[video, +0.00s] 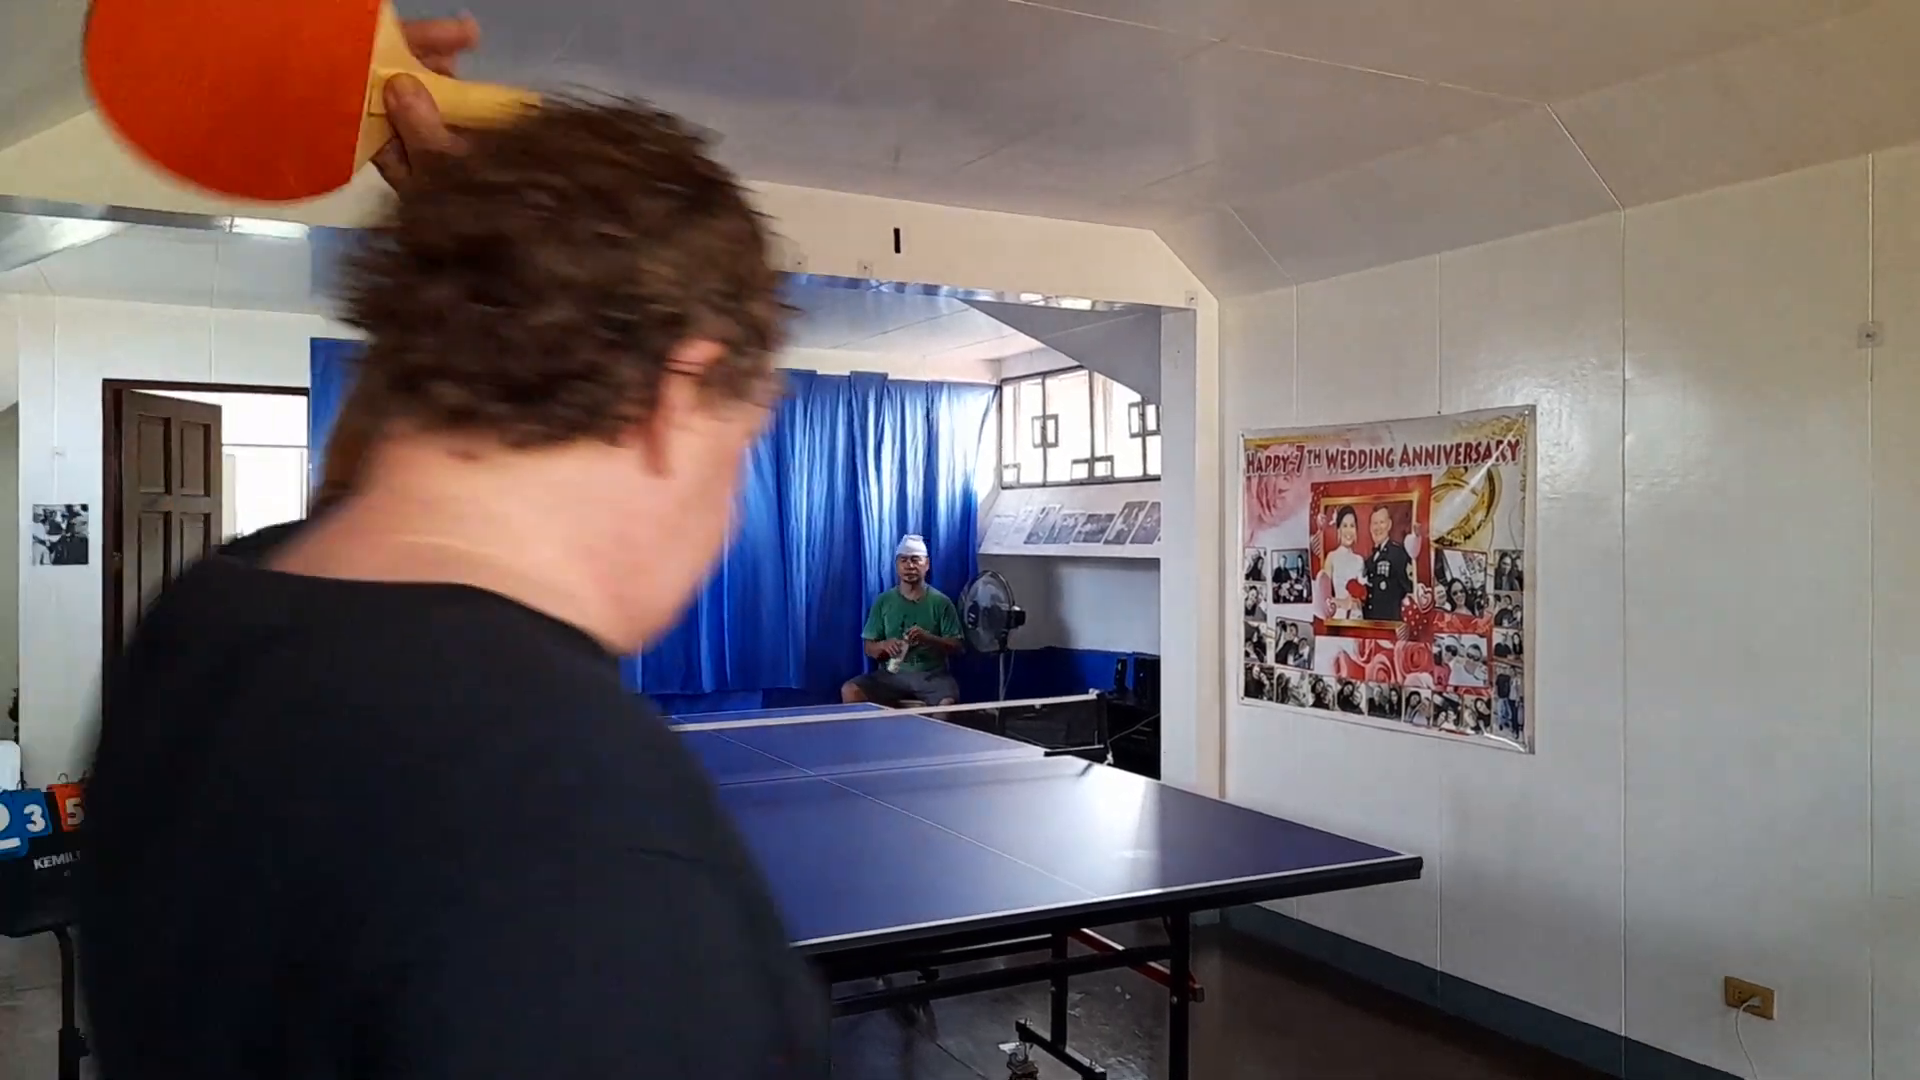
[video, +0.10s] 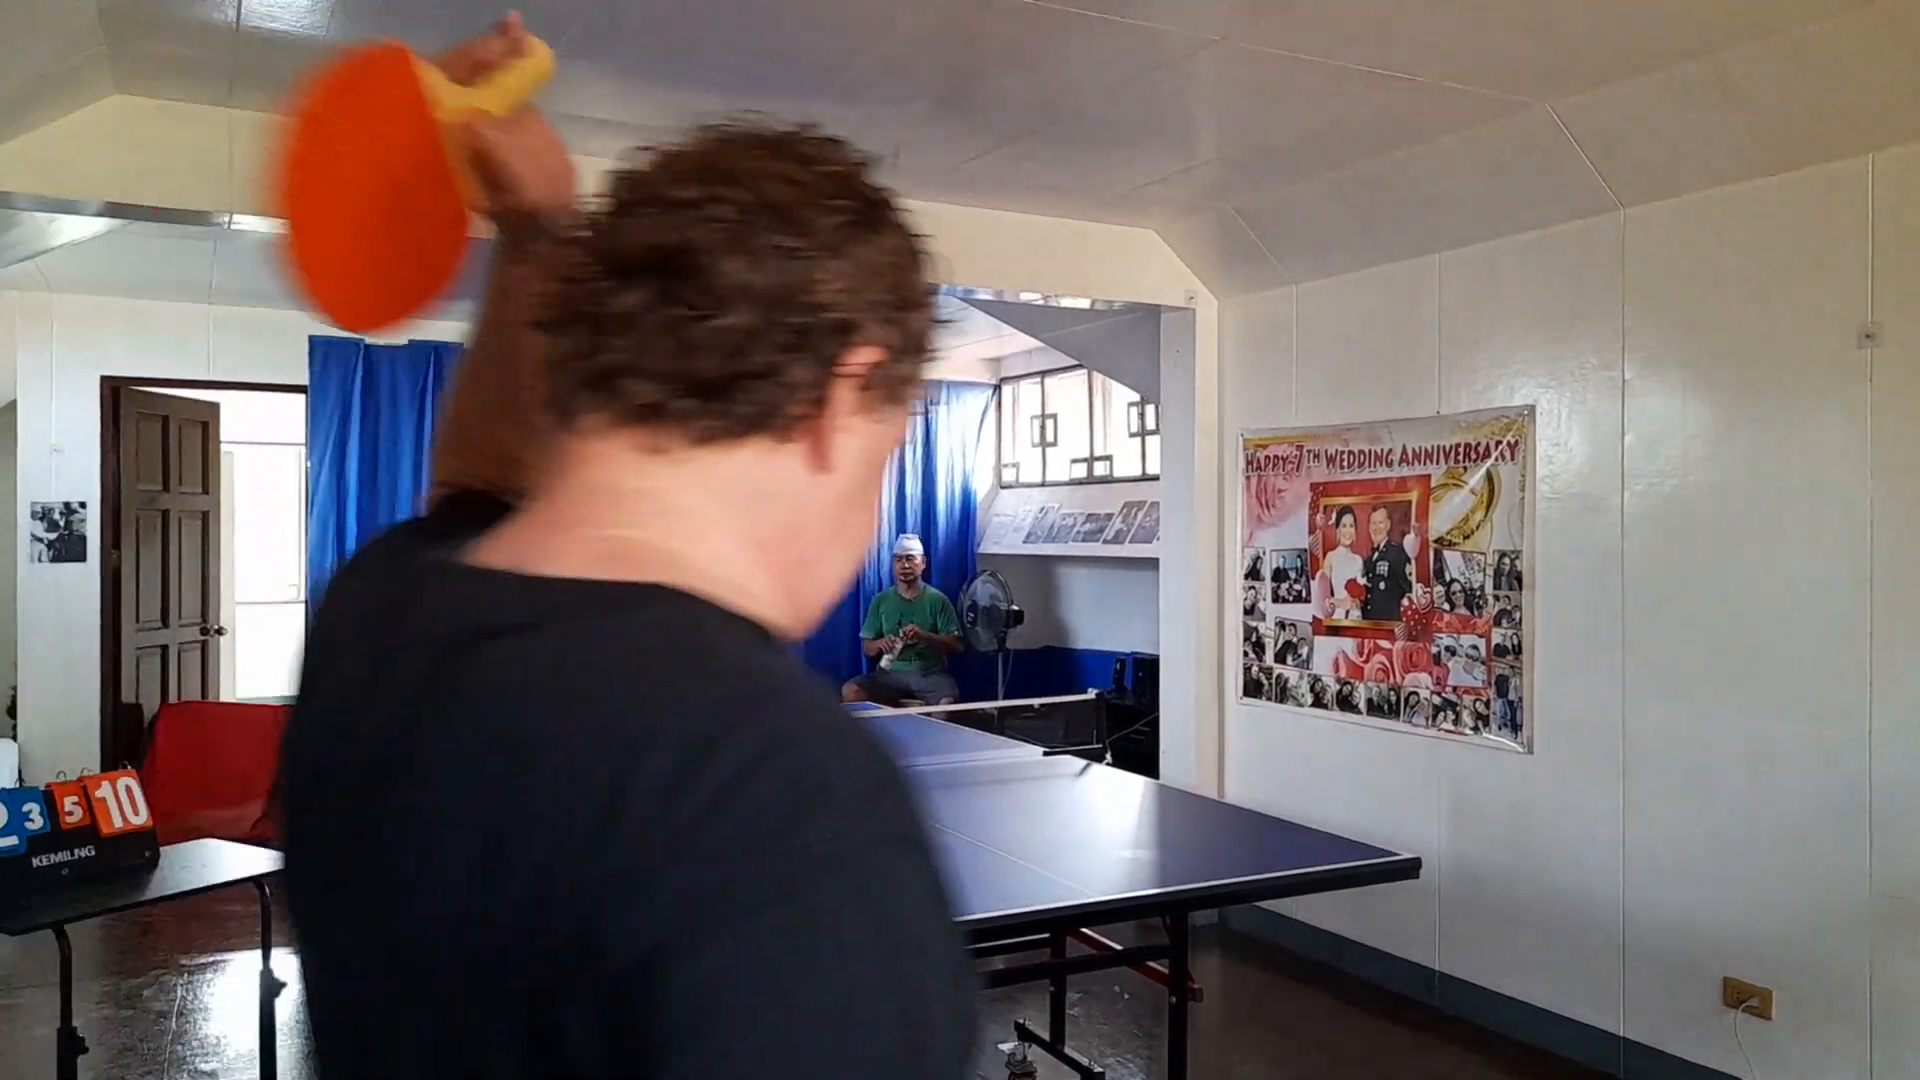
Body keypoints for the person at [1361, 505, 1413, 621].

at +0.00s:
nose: (1378, 527)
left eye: (1382, 522)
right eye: (1374, 523)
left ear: (1390, 524)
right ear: (1370, 526)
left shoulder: (1398, 552)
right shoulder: (1369, 560)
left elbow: (1405, 586)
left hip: (1391, 617)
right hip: (1370, 617)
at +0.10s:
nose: (1376, 527)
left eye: (1381, 523)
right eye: (1373, 523)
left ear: (1388, 524)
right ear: (1369, 526)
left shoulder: (1398, 552)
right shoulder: (1368, 560)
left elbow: (1407, 587)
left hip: (1391, 617)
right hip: (1369, 618)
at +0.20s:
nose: (1378, 530)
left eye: (1382, 525)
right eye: (1374, 525)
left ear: (1390, 527)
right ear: (1370, 529)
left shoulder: (1399, 555)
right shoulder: (1370, 562)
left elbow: (1405, 588)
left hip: (1391, 619)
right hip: (1371, 620)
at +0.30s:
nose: (1377, 527)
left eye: (1382, 522)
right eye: (1374, 523)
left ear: (1389, 524)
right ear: (1369, 526)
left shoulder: (1399, 552)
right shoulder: (1368, 560)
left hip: (1392, 617)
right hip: (1370, 618)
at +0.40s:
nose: (1377, 527)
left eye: (1381, 522)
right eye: (1373, 523)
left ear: (1389, 524)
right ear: (1369, 526)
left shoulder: (1397, 552)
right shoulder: (1368, 559)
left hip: (1391, 617)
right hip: (1370, 618)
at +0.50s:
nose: (1378, 530)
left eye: (1382, 525)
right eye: (1374, 526)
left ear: (1390, 527)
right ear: (1370, 529)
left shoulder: (1399, 556)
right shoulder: (1370, 562)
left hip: (1393, 621)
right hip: (1372, 621)